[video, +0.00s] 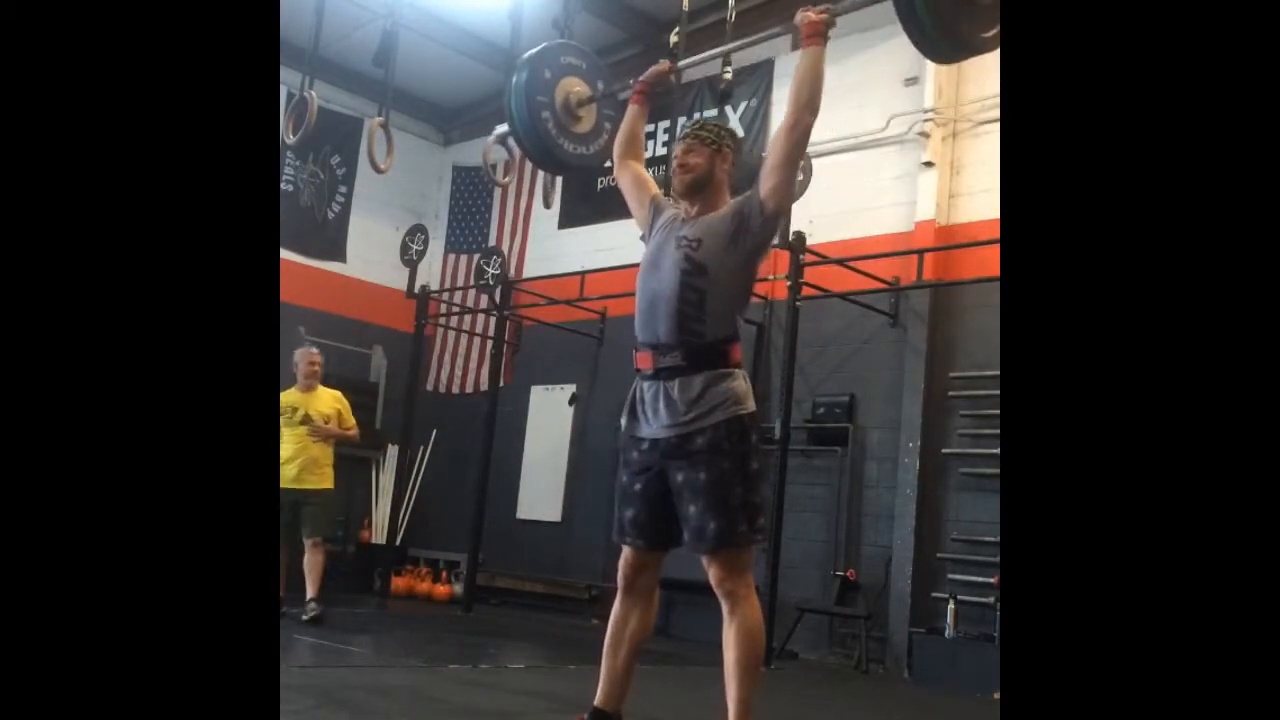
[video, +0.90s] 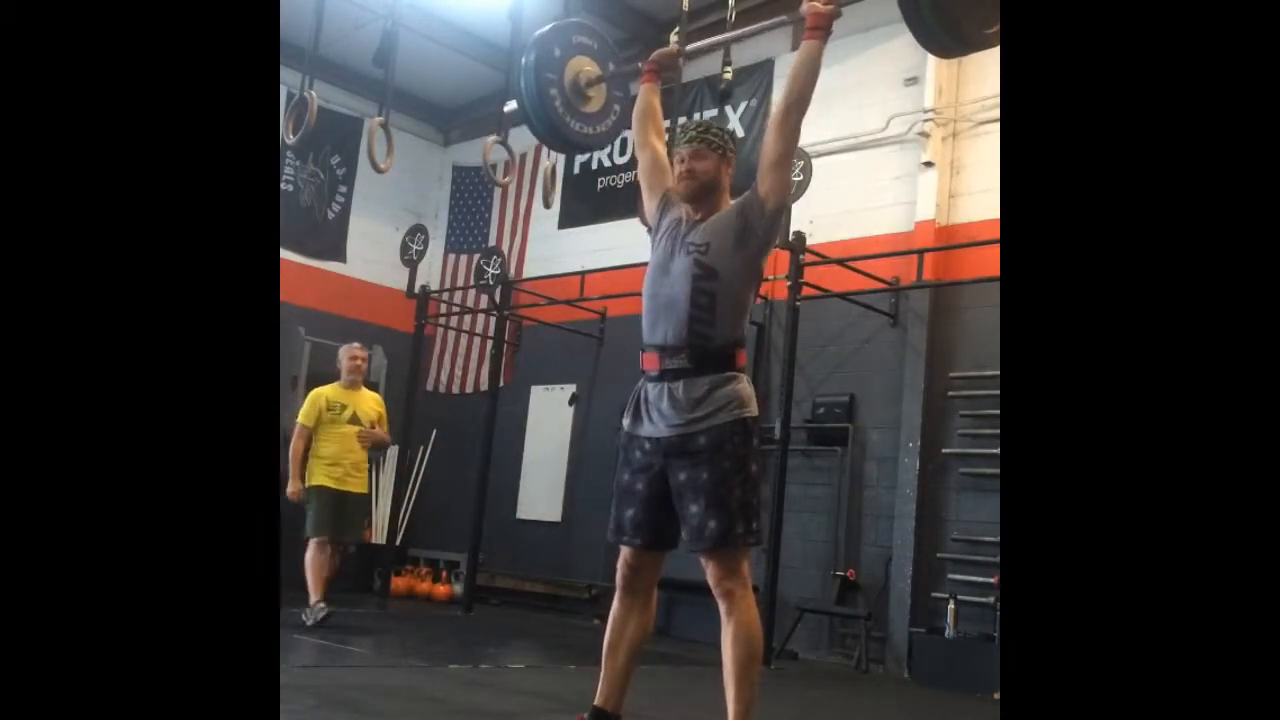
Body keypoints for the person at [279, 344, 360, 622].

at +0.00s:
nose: (314, 369)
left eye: (318, 364)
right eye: (309, 364)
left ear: (322, 368)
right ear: (296, 367)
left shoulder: (336, 399)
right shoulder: (284, 399)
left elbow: (355, 434)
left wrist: (331, 431)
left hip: (318, 485)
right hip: (285, 483)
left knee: (314, 541)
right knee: (283, 543)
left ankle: (311, 600)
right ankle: (280, 597)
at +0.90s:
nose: (358, 363)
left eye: (362, 359)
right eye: (352, 358)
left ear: (367, 366)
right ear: (340, 363)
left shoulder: (375, 401)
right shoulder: (320, 395)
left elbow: (386, 439)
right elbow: (299, 437)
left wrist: (376, 437)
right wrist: (295, 478)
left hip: (357, 484)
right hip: (322, 479)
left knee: (340, 545)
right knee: (319, 540)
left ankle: (314, 597)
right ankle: (315, 602)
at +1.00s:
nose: (360, 363)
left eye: (364, 359)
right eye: (354, 358)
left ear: (369, 365)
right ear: (341, 364)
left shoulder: (376, 401)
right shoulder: (323, 395)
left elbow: (386, 439)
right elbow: (302, 438)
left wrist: (380, 438)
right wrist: (298, 478)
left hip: (359, 485)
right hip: (326, 480)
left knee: (340, 545)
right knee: (327, 541)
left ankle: (313, 603)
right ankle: (324, 605)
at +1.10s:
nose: (361, 362)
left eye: (365, 358)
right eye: (355, 358)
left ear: (370, 364)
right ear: (343, 363)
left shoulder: (377, 400)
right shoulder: (326, 395)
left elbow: (385, 436)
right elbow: (306, 437)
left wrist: (384, 438)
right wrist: (303, 480)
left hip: (361, 486)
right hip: (330, 482)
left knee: (341, 547)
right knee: (329, 544)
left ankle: (314, 604)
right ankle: (327, 610)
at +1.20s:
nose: (362, 360)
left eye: (366, 356)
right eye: (356, 356)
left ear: (372, 362)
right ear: (344, 362)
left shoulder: (379, 398)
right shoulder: (329, 394)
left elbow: (383, 436)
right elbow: (311, 437)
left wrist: (387, 437)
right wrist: (311, 480)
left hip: (364, 485)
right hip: (334, 481)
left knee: (342, 547)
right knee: (331, 544)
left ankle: (314, 604)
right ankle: (329, 611)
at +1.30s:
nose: (362, 358)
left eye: (366, 353)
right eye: (356, 353)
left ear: (372, 358)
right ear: (344, 360)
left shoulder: (382, 395)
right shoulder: (332, 393)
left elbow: (385, 432)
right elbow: (316, 437)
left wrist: (391, 434)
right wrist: (320, 479)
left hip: (367, 484)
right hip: (337, 481)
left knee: (344, 546)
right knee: (332, 544)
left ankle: (317, 601)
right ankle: (329, 611)